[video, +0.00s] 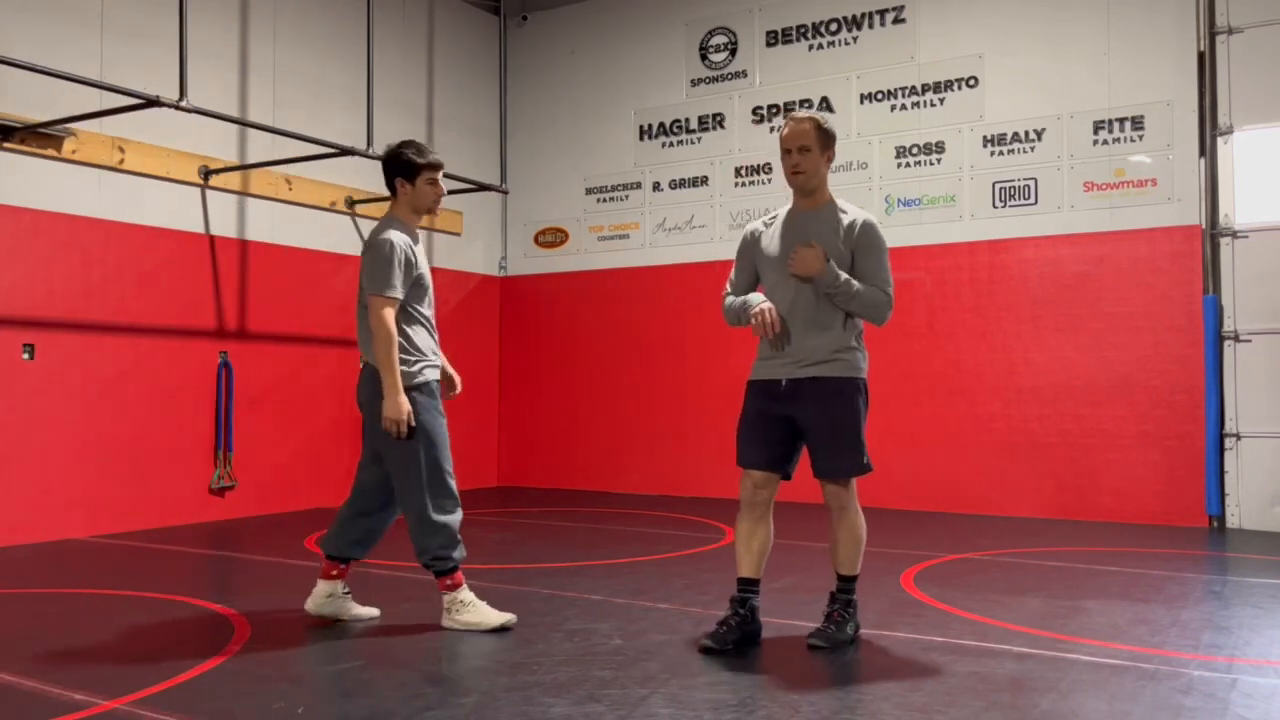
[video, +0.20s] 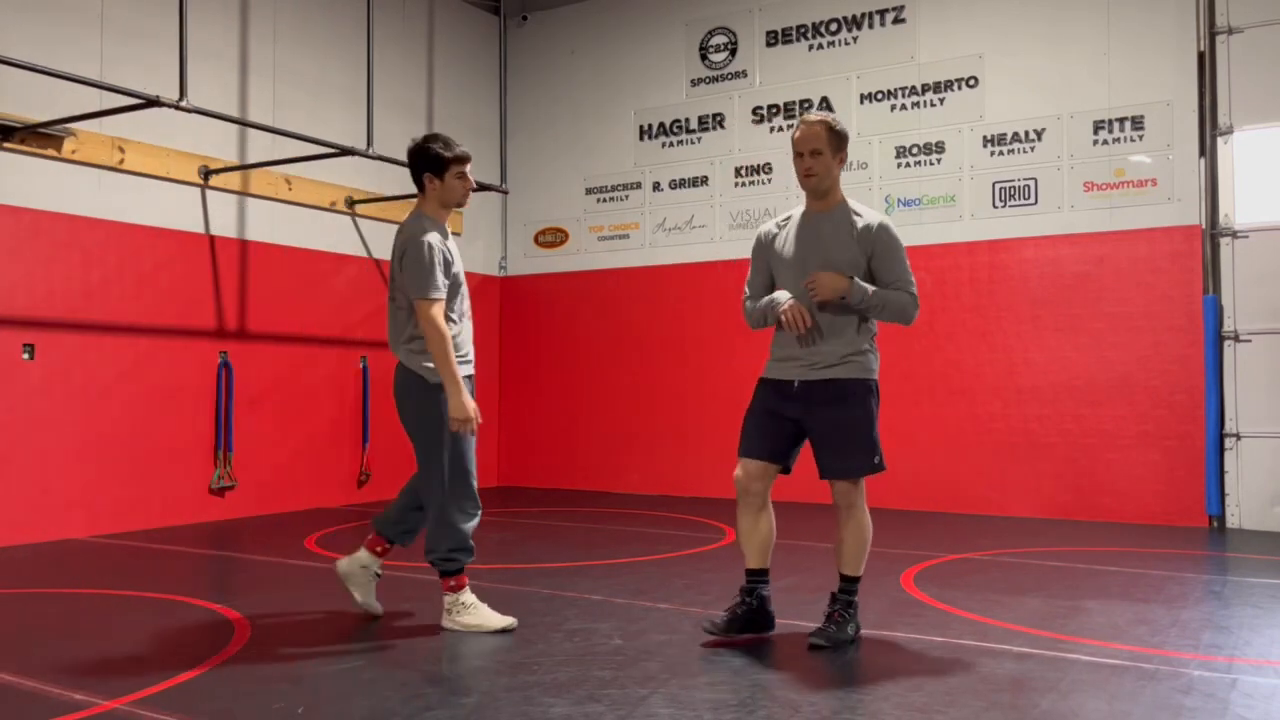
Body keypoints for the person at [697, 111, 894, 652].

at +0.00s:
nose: (793, 161)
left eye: (804, 151)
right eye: (786, 152)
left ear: (829, 157)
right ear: (780, 160)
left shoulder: (858, 229)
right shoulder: (759, 235)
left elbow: (880, 308)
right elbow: (732, 306)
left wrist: (825, 274)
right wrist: (754, 303)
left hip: (834, 379)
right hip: (771, 381)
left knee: (839, 494)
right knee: (755, 491)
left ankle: (843, 611)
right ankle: (744, 613)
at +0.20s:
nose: (805, 163)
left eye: (815, 154)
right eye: (798, 154)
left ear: (841, 159)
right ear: (792, 161)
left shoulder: (872, 231)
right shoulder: (772, 236)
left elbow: (907, 306)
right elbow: (752, 310)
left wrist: (849, 289)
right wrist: (778, 302)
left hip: (845, 380)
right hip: (781, 381)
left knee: (847, 492)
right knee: (750, 479)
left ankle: (844, 611)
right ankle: (755, 602)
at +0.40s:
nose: (814, 167)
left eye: (825, 158)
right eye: (807, 158)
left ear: (849, 162)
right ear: (801, 164)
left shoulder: (877, 234)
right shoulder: (779, 236)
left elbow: (907, 310)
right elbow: (755, 308)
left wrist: (846, 288)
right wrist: (789, 305)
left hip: (847, 381)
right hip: (784, 381)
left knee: (847, 494)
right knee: (753, 485)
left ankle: (844, 608)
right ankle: (793, 561)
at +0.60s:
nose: (815, 170)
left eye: (826, 162)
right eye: (809, 162)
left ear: (849, 168)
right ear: (802, 168)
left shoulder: (871, 238)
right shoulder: (775, 239)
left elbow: (897, 313)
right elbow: (748, 309)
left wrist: (837, 288)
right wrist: (784, 301)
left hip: (844, 381)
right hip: (784, 384)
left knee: (846, 494)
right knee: (785, 493)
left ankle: (845, 608)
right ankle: (811, 576)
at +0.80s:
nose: (803, 174)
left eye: (814, 166)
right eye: (797, 166)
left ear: (838, 171)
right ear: (791, 172)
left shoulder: (861, 238)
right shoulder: (769, 244)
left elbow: (887, 312)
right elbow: (744, 314)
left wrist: (826, 290)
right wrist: (777, 301)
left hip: (837, 380)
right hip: (780, 383)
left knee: (840, 492)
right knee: (792, 491)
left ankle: (845, 605)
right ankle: (813, 587)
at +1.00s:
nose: (783, 184)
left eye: (793, 175)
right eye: (778, 176)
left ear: (820, 178)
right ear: (775, 182)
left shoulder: (852, 243)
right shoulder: (763, 251)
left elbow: (879, 313)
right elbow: (746, 321)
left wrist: (815, 297)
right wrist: (772, 305)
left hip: (834, 381)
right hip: (780, 384)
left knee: (836, 487)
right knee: (796, 487)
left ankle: (844, 602)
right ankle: (814, 587)